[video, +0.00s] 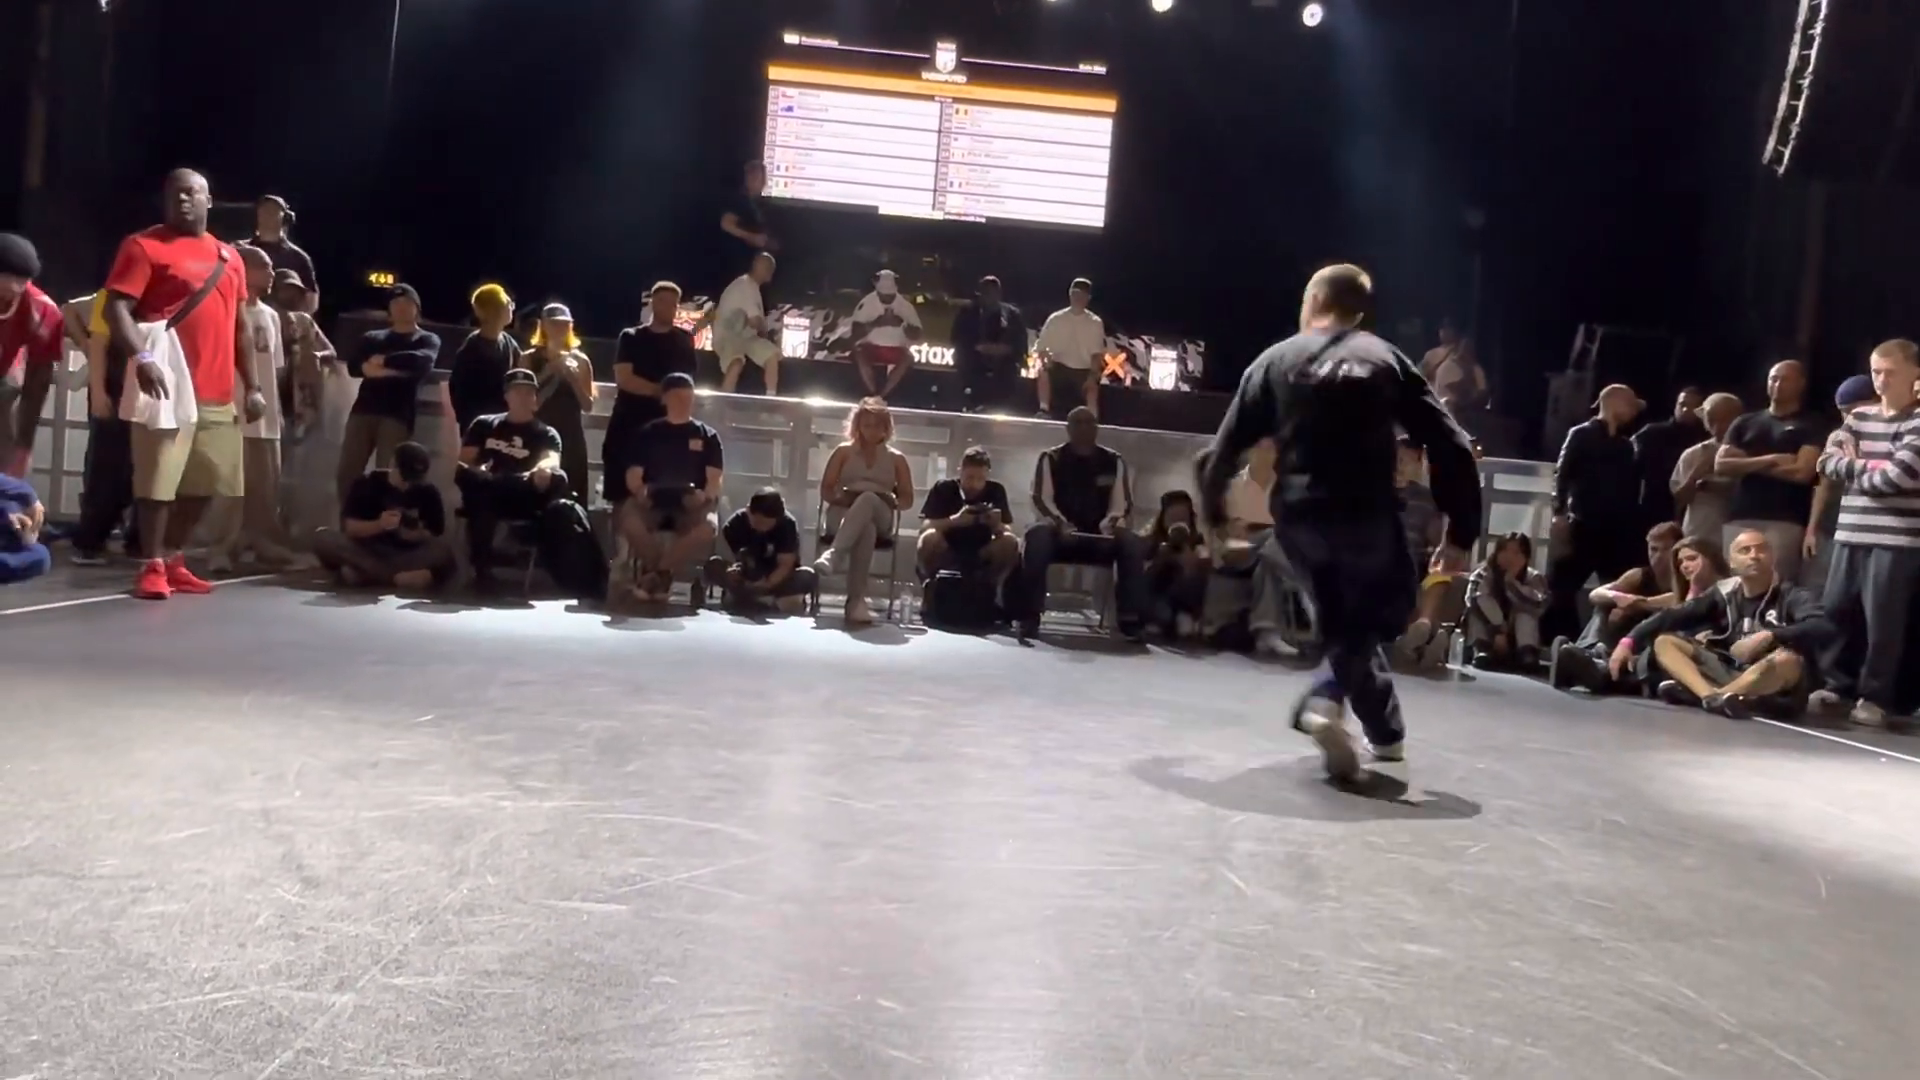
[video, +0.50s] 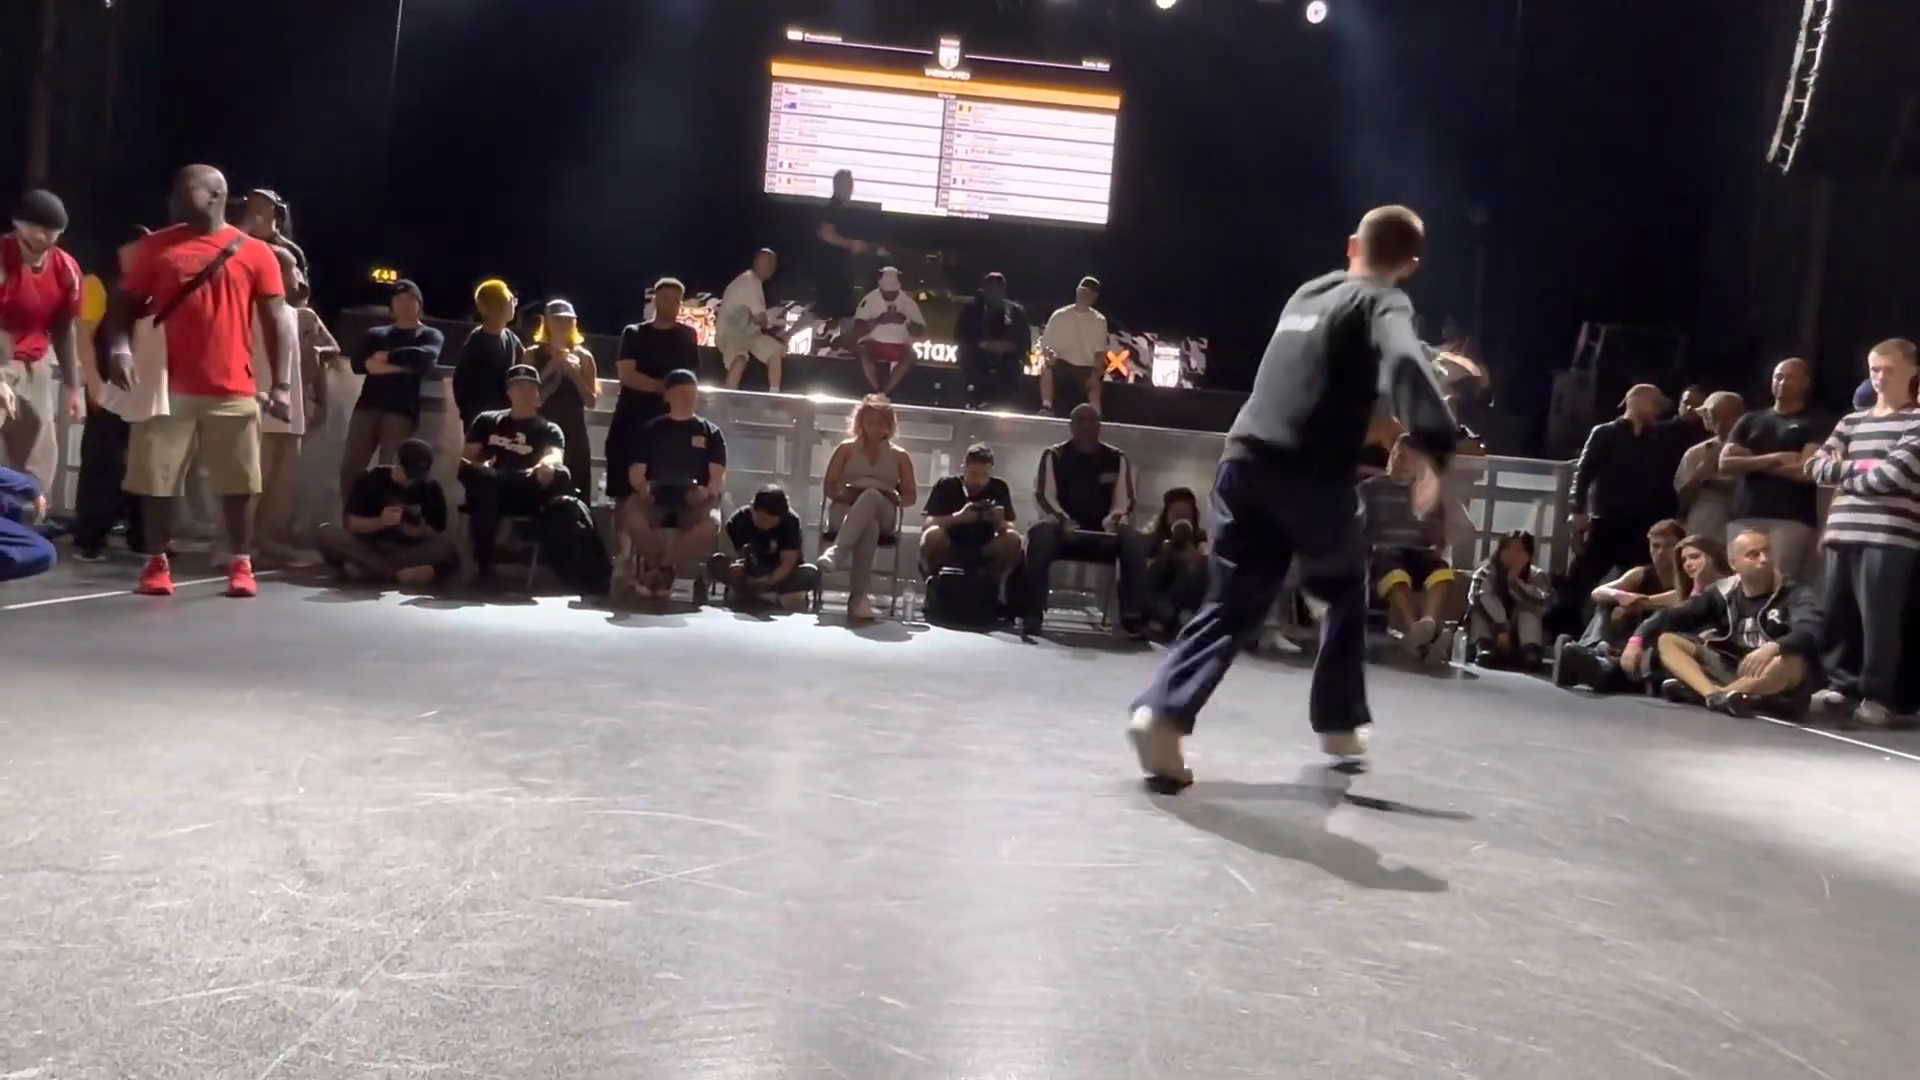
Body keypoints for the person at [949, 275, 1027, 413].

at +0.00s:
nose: (990, 298)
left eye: (993, 293)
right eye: (986, 293)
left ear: (999, 294)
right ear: (979, 294)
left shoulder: (1012, 314)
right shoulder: (968, 312)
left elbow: (1020, 347)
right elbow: (957, 339)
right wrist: (978, 348)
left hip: (1003, 381)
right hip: (974, 379)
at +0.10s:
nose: (991, 297)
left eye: (994, 292)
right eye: (986, 292)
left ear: (1000, 293)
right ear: (980, 293)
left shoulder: (1012, 313)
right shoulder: (969, 312)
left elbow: (1021, 346)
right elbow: (958, 339)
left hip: (1004, 381)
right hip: (975, 379)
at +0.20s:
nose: (992, 296)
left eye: (996, 291)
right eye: (988, 291)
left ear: (1001, 292)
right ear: (981, 292)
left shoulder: (1013, 312)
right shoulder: (970, 310)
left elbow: (1022, 343)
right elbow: (959, 337)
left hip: (1005, 378)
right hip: (976, 377)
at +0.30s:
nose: (993, 294)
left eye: (997, 289)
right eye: (989, 289)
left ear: (1002, 291)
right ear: (982, 290)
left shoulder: (1014, 311)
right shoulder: (971, 309)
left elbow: (1023, 344)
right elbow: (959, 338)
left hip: (1006, 378)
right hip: (977, 377)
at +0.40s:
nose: (994, 293)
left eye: (998, 289)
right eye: (990, 288)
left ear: (1003, 290)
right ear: (983, 290)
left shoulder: (1015, 311)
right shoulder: (972, 309)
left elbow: (1023, 344)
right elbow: (960, 337)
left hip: (1006, 378)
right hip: (977, 377)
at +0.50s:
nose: (995, 294)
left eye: (998, 289)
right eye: (991, 289)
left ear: (1004, 290)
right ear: (984, 290)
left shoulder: (1016, 311)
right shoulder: (972, 308)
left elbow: (1024, 344)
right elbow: (961, 337)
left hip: (1007, 378)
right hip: (978, 377)